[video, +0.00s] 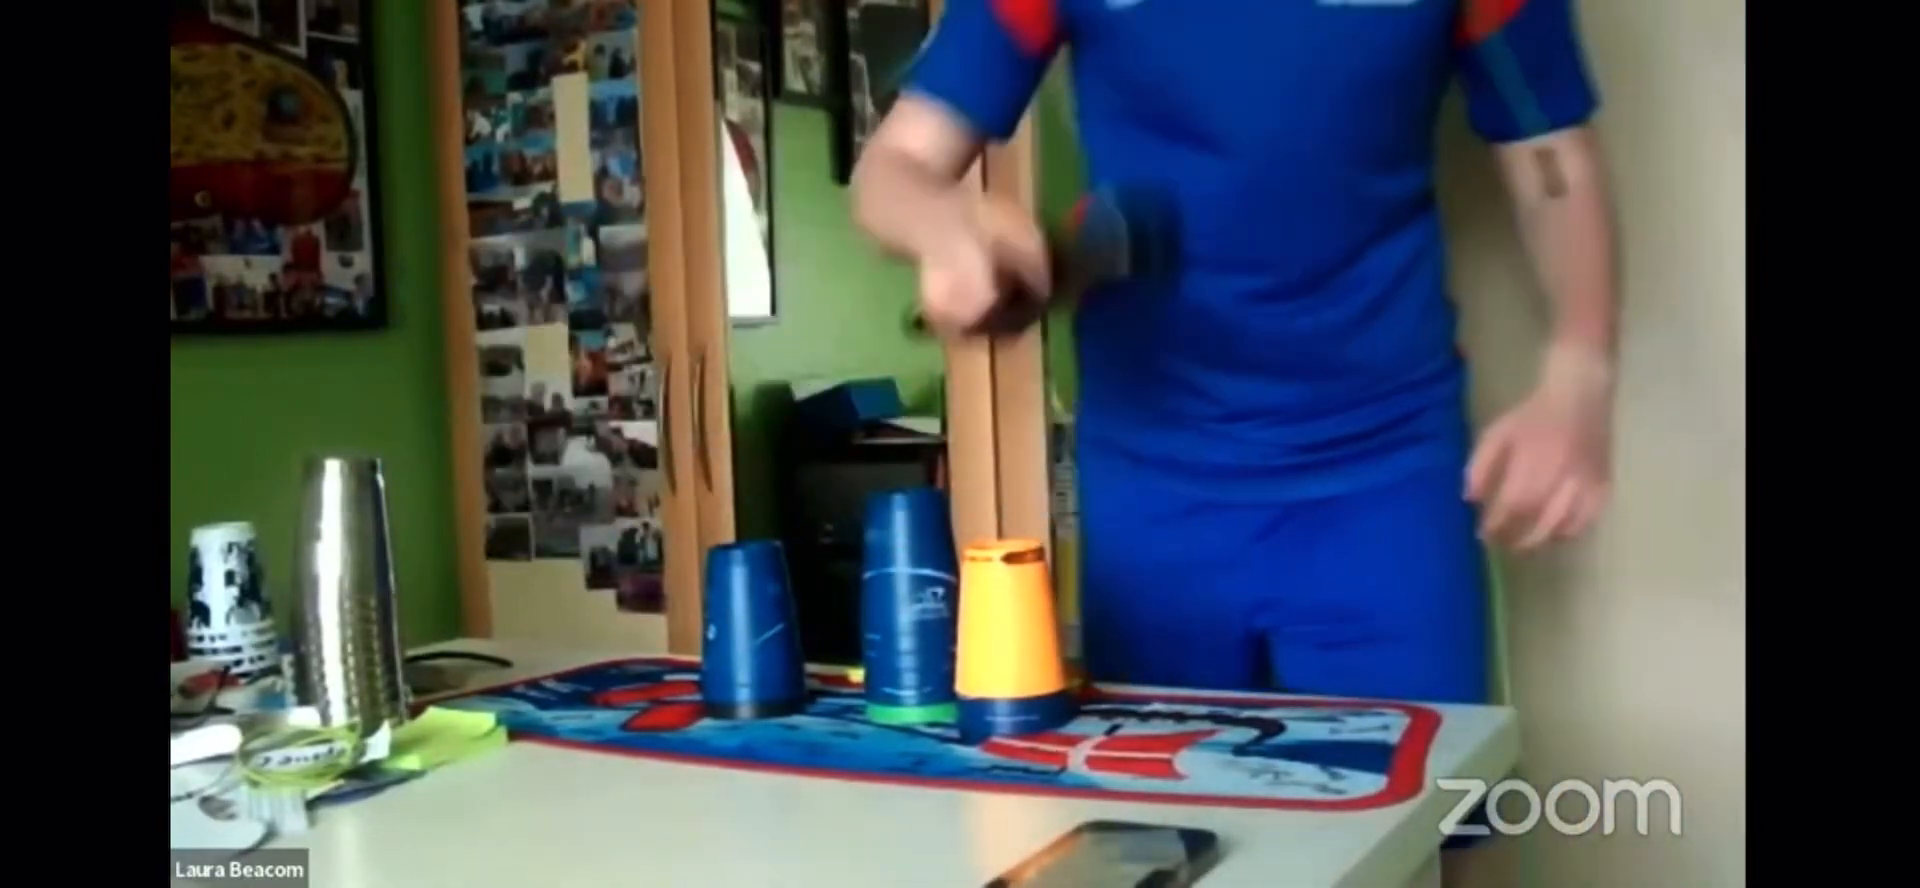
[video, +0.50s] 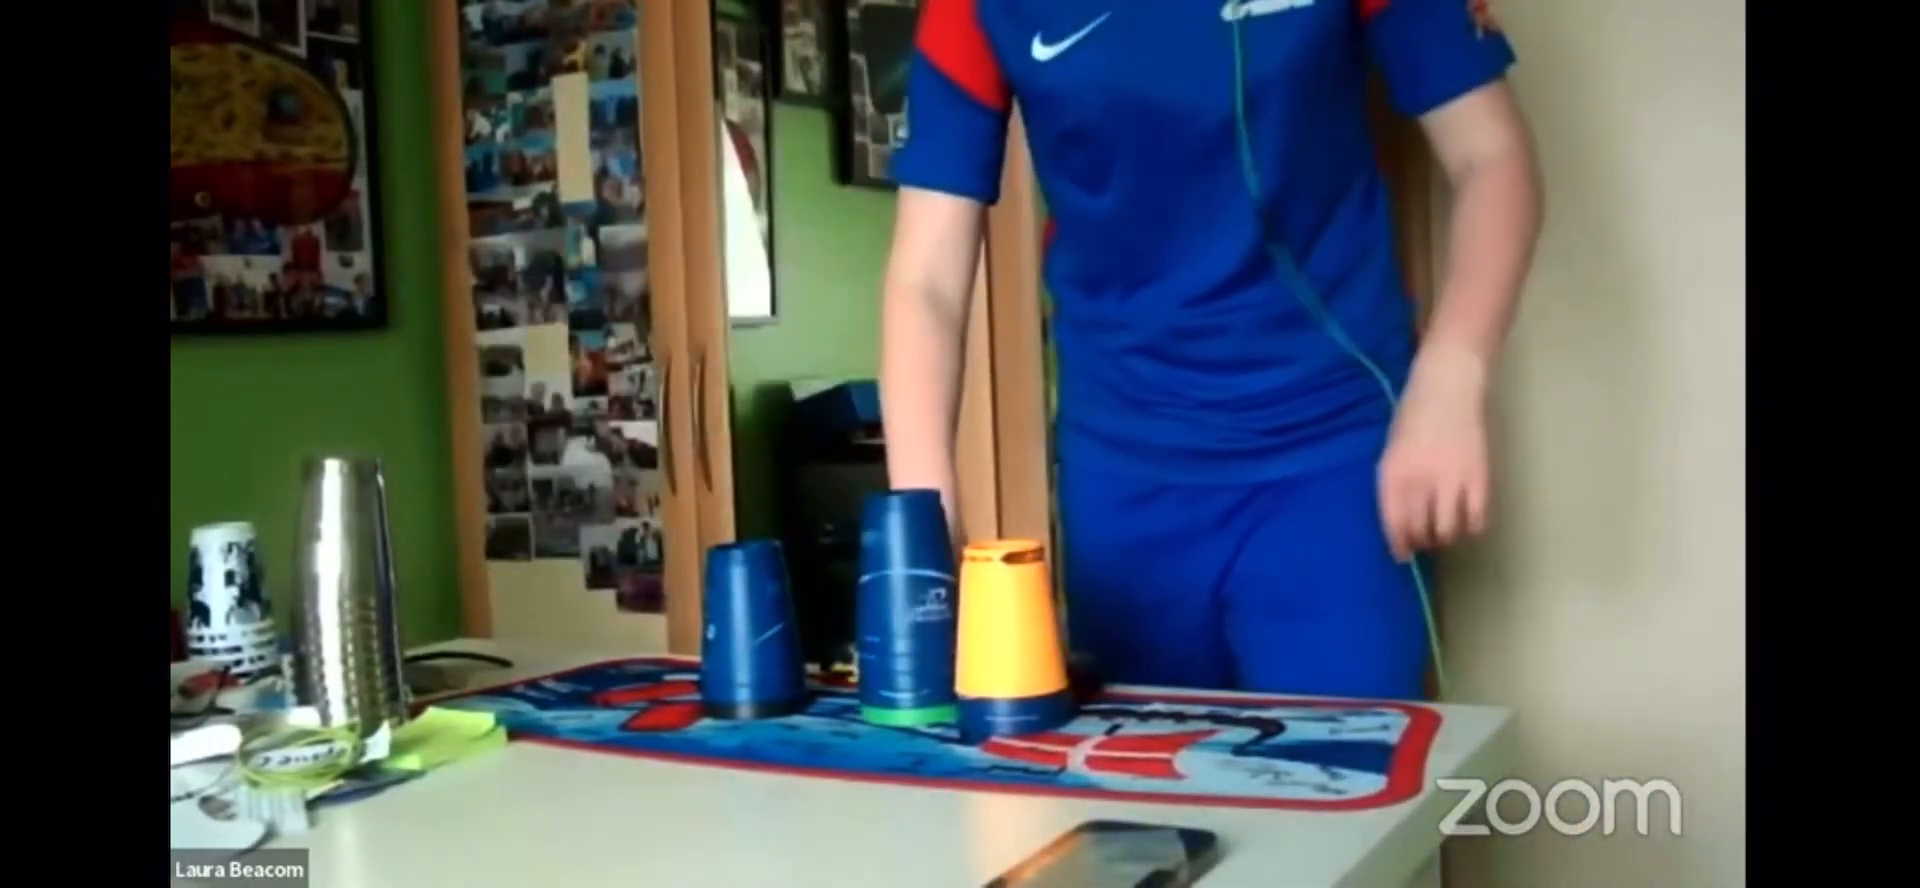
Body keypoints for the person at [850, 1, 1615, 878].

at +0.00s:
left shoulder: (1471, 10)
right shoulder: (1054, 5)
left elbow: (1553, 170)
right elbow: (891, 167)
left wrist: (1578, 383)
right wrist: (944, 224)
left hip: (1381, 458)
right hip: (1152, 469)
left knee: (1412, 835)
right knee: (1167, 838)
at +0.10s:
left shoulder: (1422, 12)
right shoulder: (1019, 9)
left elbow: (1519, 178)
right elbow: (901, 216)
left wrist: (1531, 389)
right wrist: (937, 372)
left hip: (1348, 477)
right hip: (1120, 488)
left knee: (1369, 840)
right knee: (1129, 840)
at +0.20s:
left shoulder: (1390, 8)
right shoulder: (998, 13)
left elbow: (1499, 172)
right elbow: (924, 271)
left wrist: (1496, 392)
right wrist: (911, 508)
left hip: (1341, 462)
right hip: (1121, 477)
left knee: (1360, 827)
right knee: (1147, 837)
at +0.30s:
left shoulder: (1381, 3)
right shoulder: (995, 10)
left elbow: (1494, 168)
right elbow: (929, 277)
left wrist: (1487, 382)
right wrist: (908, 535)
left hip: (1338, 457)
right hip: (1121, 473)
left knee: (1354, 830)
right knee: (1146, 842)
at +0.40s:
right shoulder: (988, 11)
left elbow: (1487, 158)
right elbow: (931, 287)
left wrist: (1473, 376)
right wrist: (910, 545)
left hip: (1334, 451)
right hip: (1122, 469)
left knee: (1346, 822)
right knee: (1152, 834)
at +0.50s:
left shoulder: (1372, 6)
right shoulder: (980, 11)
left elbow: (1492, 161)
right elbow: (927, 286)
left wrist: (1450, 384)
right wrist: (923, 545)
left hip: (1331, 466)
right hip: (1119, 486)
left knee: (1347, 841)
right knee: (1152, 849)